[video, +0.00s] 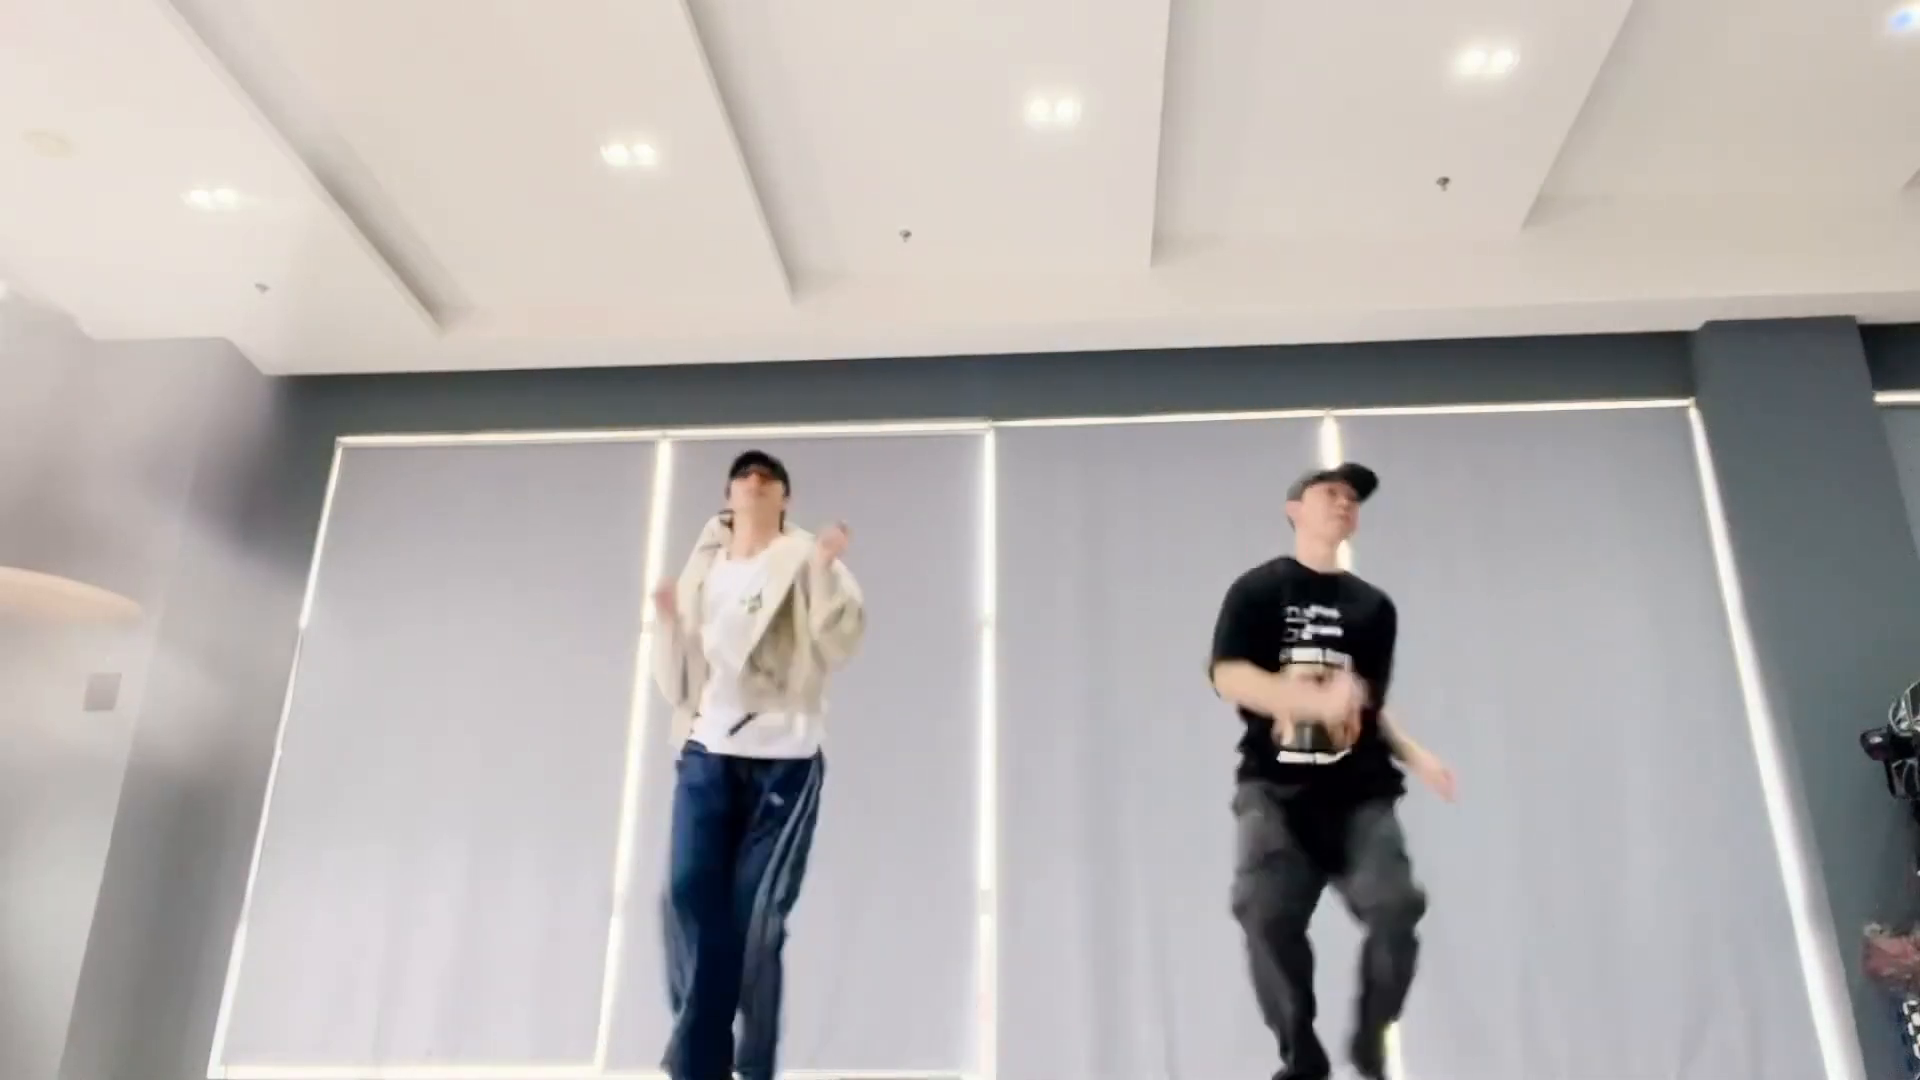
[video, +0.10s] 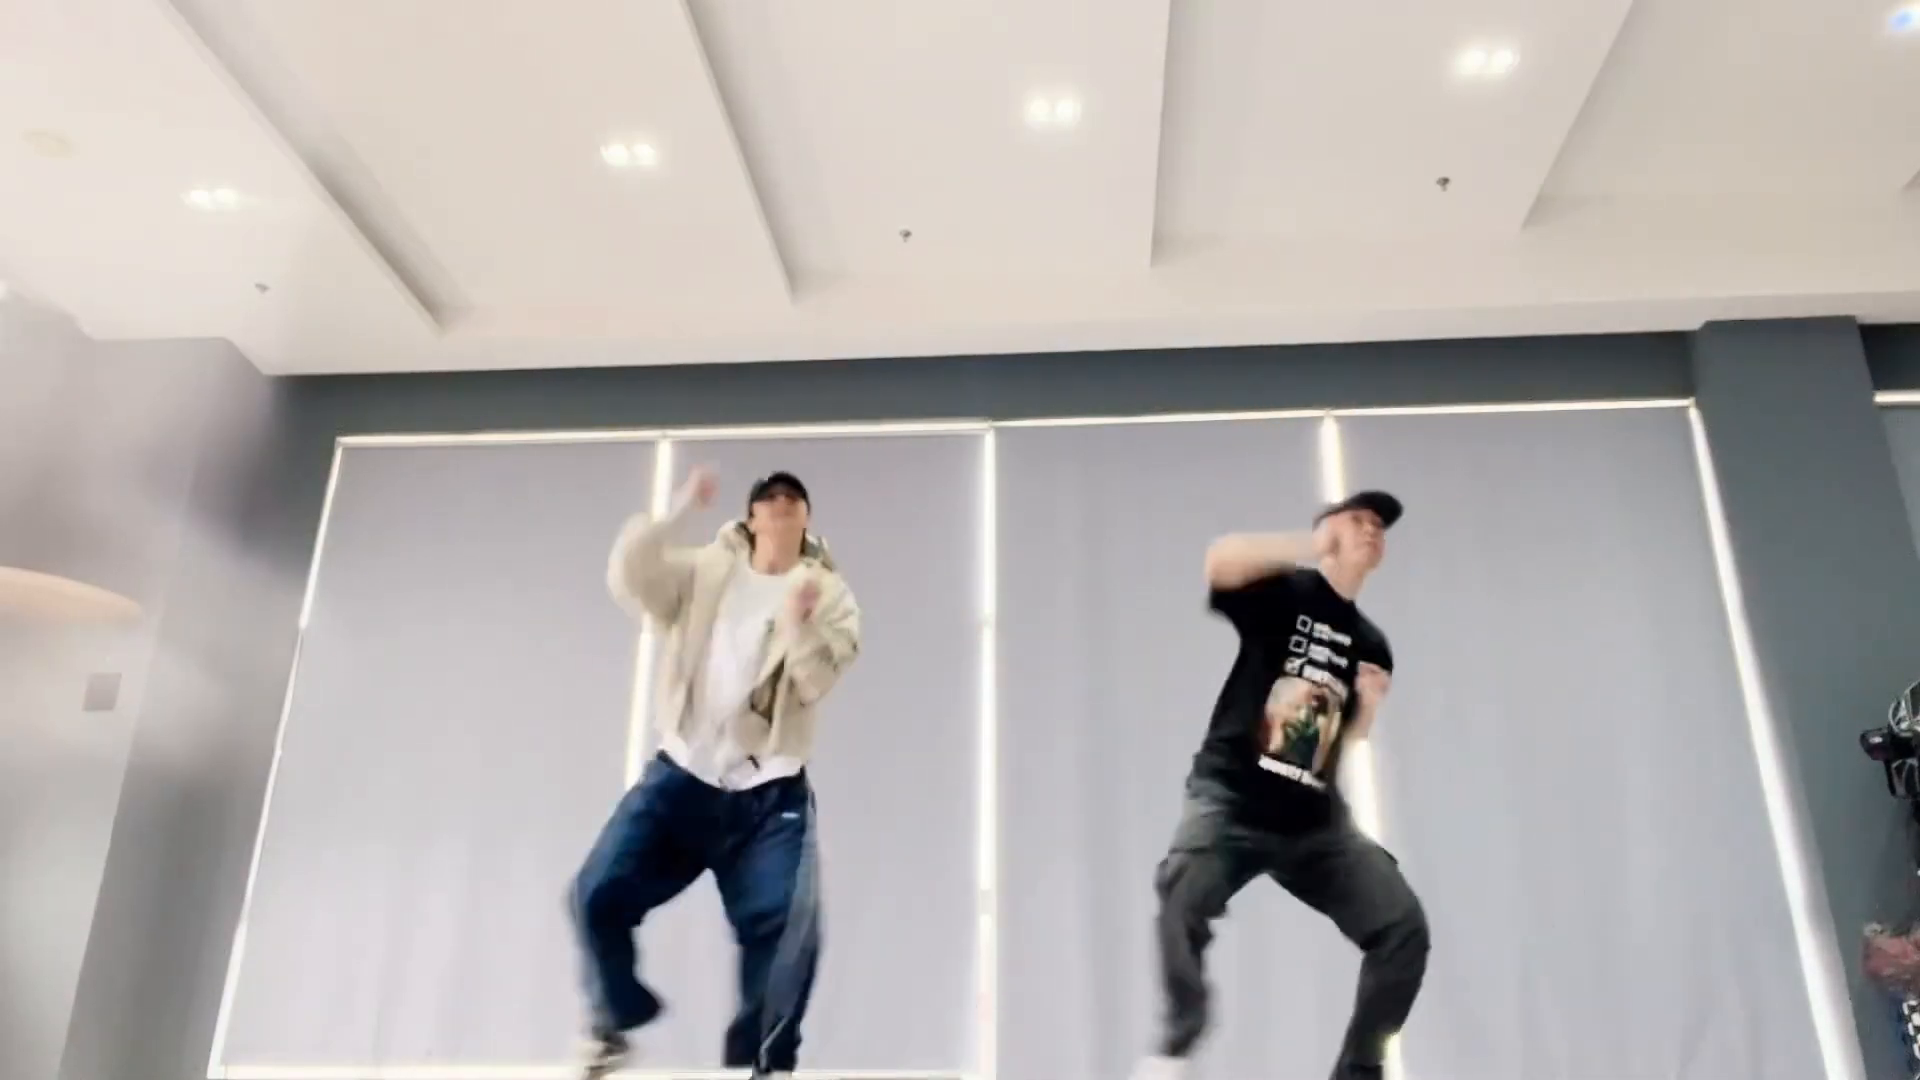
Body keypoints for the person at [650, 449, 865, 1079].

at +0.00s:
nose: (755, 482)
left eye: (768, 476)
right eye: (743, 475)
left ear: (785, 498)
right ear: (727, 497)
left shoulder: (807, 558)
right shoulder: (702, 570)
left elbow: (840, 649)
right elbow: (680, 688)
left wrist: (827, 570)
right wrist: (667, 629)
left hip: (785, 758)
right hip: (706, 753)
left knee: (759, 913)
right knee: (688, 898)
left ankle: (754, 1067)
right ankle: (694, 1064)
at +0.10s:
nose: (781, 506)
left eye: (792, 500)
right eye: (769, 499)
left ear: (809, 523)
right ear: (749, 520)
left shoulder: (828, 593)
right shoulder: (706, 569)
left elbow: (816, 683)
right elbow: (631, 573)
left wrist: (799, 623)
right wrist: (679, 510)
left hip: (772, 792)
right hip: (682, 780)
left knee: (786, 927)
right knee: (597, 895)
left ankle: (762, 1065)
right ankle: (615, 1025)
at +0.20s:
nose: (789, 538)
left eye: (799, 534)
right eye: (776, 531)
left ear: (806, 556)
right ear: (753, 545)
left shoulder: (810, 623)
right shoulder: (710, 580)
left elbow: (794, 679)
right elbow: (719, 475)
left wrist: (759, 716)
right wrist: (738, 379)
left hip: (754, 818)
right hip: (668, 798)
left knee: (852, 923)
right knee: (583, 922)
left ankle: (766, 1064)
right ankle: (477, 1043)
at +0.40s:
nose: (768, 528)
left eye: (778, 523)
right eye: (757, 521)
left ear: (792, 548)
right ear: (736, 539)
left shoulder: (806, 630)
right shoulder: (706, 583)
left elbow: (806, 718)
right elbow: (694, 475)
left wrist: (821, 779)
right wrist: (671, 378)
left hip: (755, 826)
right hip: (671, 802)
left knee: (824, 926)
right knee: (583, 937)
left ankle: (773, 1073)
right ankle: (465, 1058)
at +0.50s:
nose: (757, 492)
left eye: (770, 486)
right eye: (749, 485)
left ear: (790, 510)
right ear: (733, 503)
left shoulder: (819, 573)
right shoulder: (697, 542)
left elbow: (884, 635)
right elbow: (610, 496)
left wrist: (959, 681)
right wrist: (520, 470)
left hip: (758, 772)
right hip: (679, 755)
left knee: (761, 925)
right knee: (623, 894)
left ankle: (782, 1071)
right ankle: (577, 1047)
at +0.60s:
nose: (755, 483)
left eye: (768, 477)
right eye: (746, 477)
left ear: (789, 498)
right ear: (731, 495)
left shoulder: (821, 563)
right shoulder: (694, 551)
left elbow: (904, 594)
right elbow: (600, 577)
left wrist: (990, 593)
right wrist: (506, 583)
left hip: (763, 755)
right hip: (683, 744)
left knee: (747, 921)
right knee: (668, 904)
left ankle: (759, 1069)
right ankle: (704, 1064)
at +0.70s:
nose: (754, 486)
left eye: (767, 481)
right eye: (744, 479)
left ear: (785, 504)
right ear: (726, 501)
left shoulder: (811, 560)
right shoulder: (688, 557)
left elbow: (883, 606)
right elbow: (602, 586)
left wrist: (936, 543)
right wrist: (526, 550)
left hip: (777, 751)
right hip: (696, 746)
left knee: (768, 917)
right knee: (683, 916)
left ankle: (753, 1066)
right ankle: (704, 1063)